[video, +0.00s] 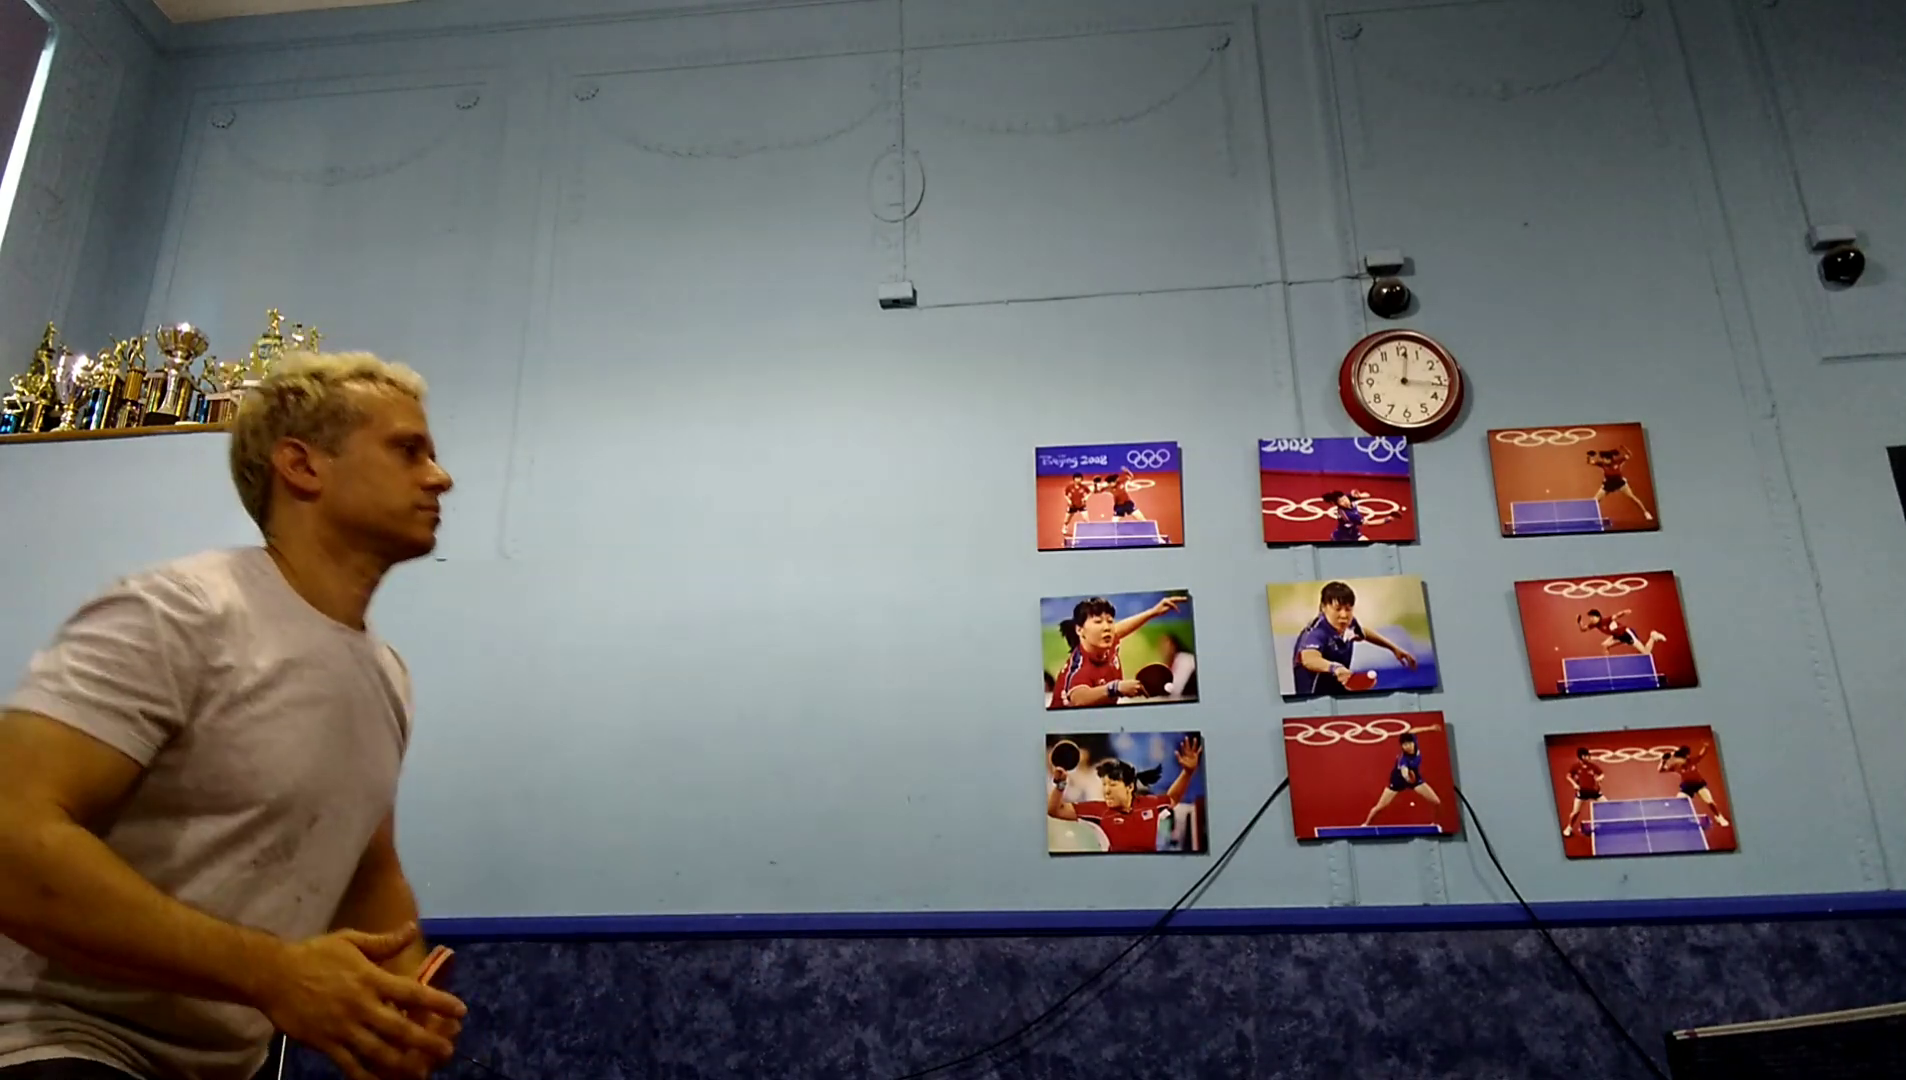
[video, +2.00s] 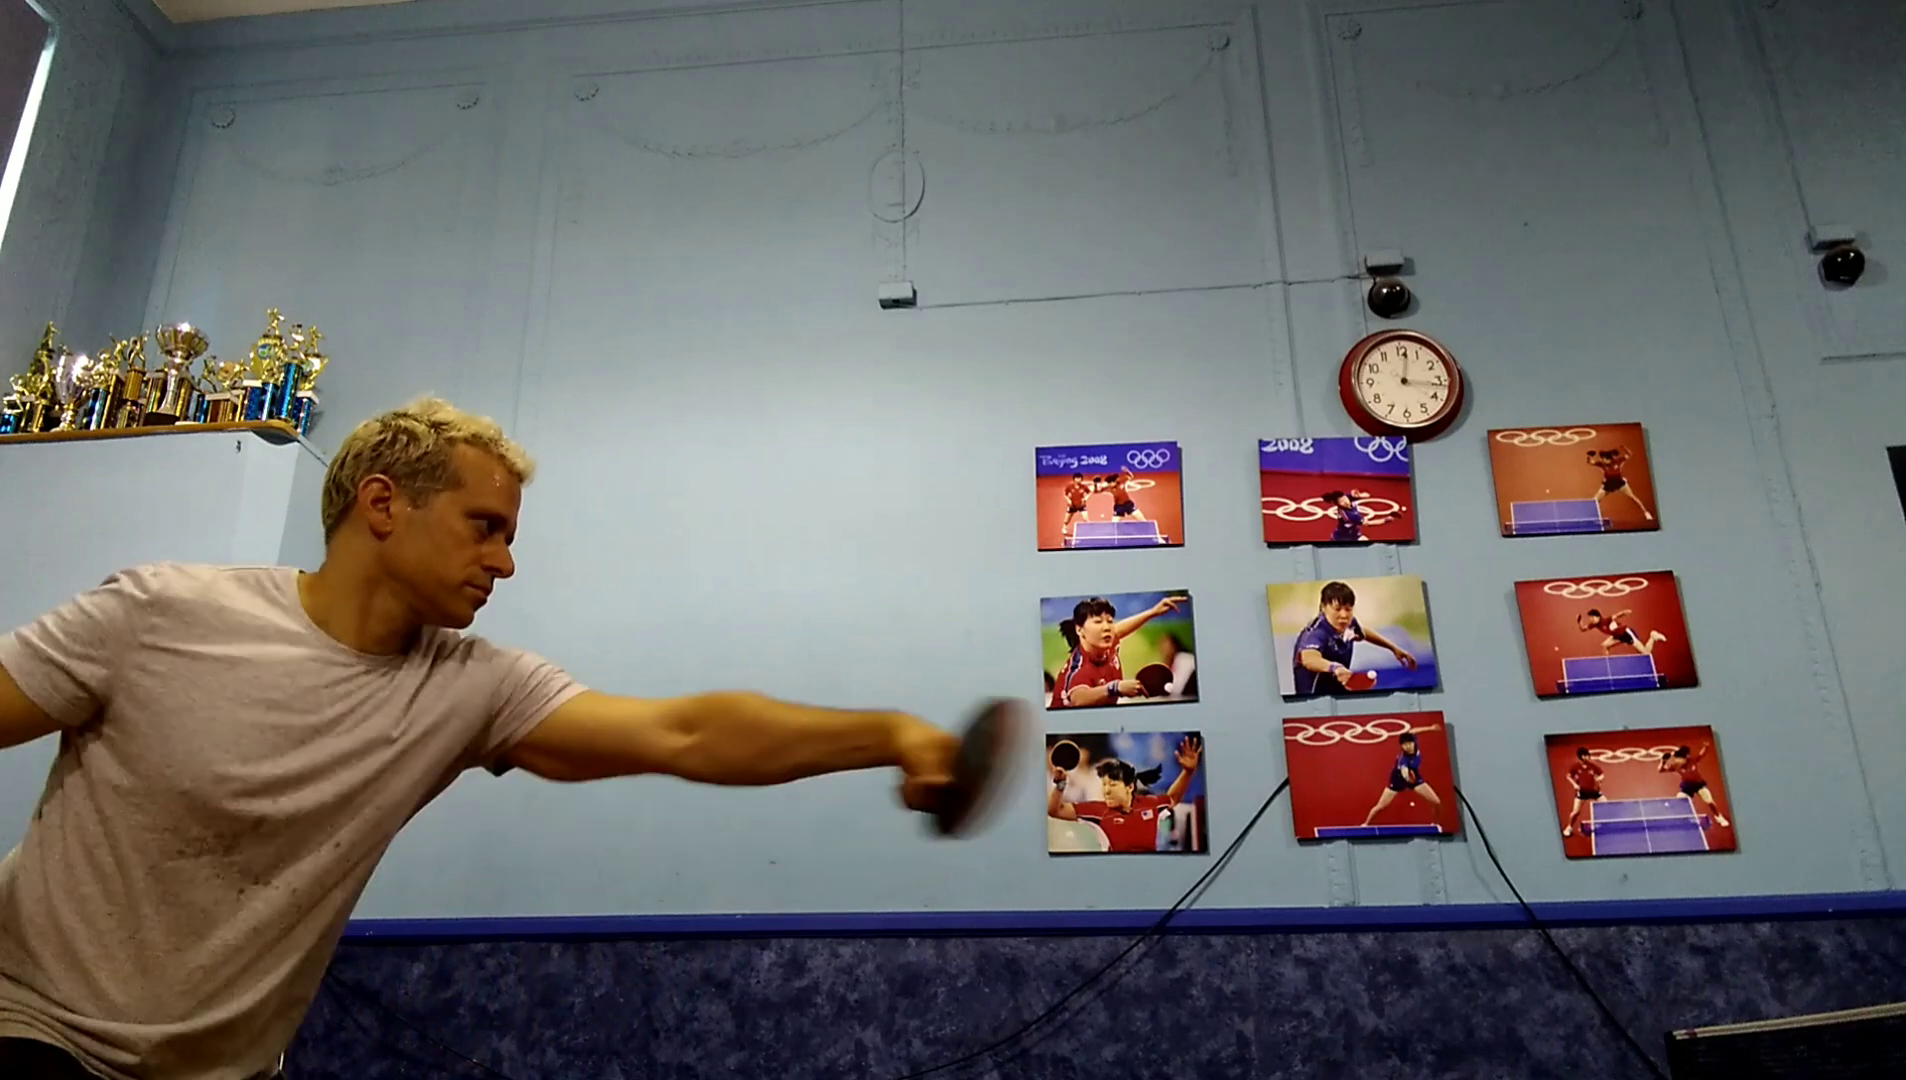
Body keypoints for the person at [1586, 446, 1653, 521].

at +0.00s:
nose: (1605, 461)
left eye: (1606, 460)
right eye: (1603, 460)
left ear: (1609, 459)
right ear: (1603, 459)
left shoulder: (1617, 461)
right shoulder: (1602, 464)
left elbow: (1628, 457)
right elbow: (1590, 463)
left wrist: (1624, 449)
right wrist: (1590, 457)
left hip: (1620, 482)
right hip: (1608, 482)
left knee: (1632, 497)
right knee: (1595, 499)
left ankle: (1645, 512)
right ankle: (1593, 519)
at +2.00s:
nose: (1604, 461)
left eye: (1606, 460)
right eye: (1603, 460)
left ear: (1609, 458)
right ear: (1602, 459)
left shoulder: (1618, 461)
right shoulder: (1602, 464)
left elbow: (1629, 455)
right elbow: (1590, 463)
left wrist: (1624, 448)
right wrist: (1589, 457)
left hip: (1620, 482)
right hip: (1608, 483)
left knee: (1632, 497)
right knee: (1595, 499)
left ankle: (1645, 512)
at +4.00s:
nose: (1605, 461)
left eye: (1606, 459)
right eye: (1603, 460)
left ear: (1609, 458)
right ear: (1602, 459)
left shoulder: (1618, 462)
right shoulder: (1602, 464)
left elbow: (1629, 456)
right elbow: (1590, 463)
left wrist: (1624, 449)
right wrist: (1589, 456)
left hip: (1620, 482)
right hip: (1608, 483)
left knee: (1632, 497)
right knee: (1596, 499)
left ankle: (1645, 512)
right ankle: (1591, 519)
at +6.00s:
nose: (1605, 461)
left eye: (1606, 459)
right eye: (1603, 459)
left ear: (1610, 458)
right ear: (1602, 459)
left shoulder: (1618, 462)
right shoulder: (1602, 464)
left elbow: (1629, 456)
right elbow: (1590, 463)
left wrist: (1624, 449)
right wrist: (1589, 457)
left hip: (1620, 482)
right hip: (1608, 483)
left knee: (1632, 497)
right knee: (1595, 500)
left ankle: (1645, 512)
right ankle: (1590, 518)